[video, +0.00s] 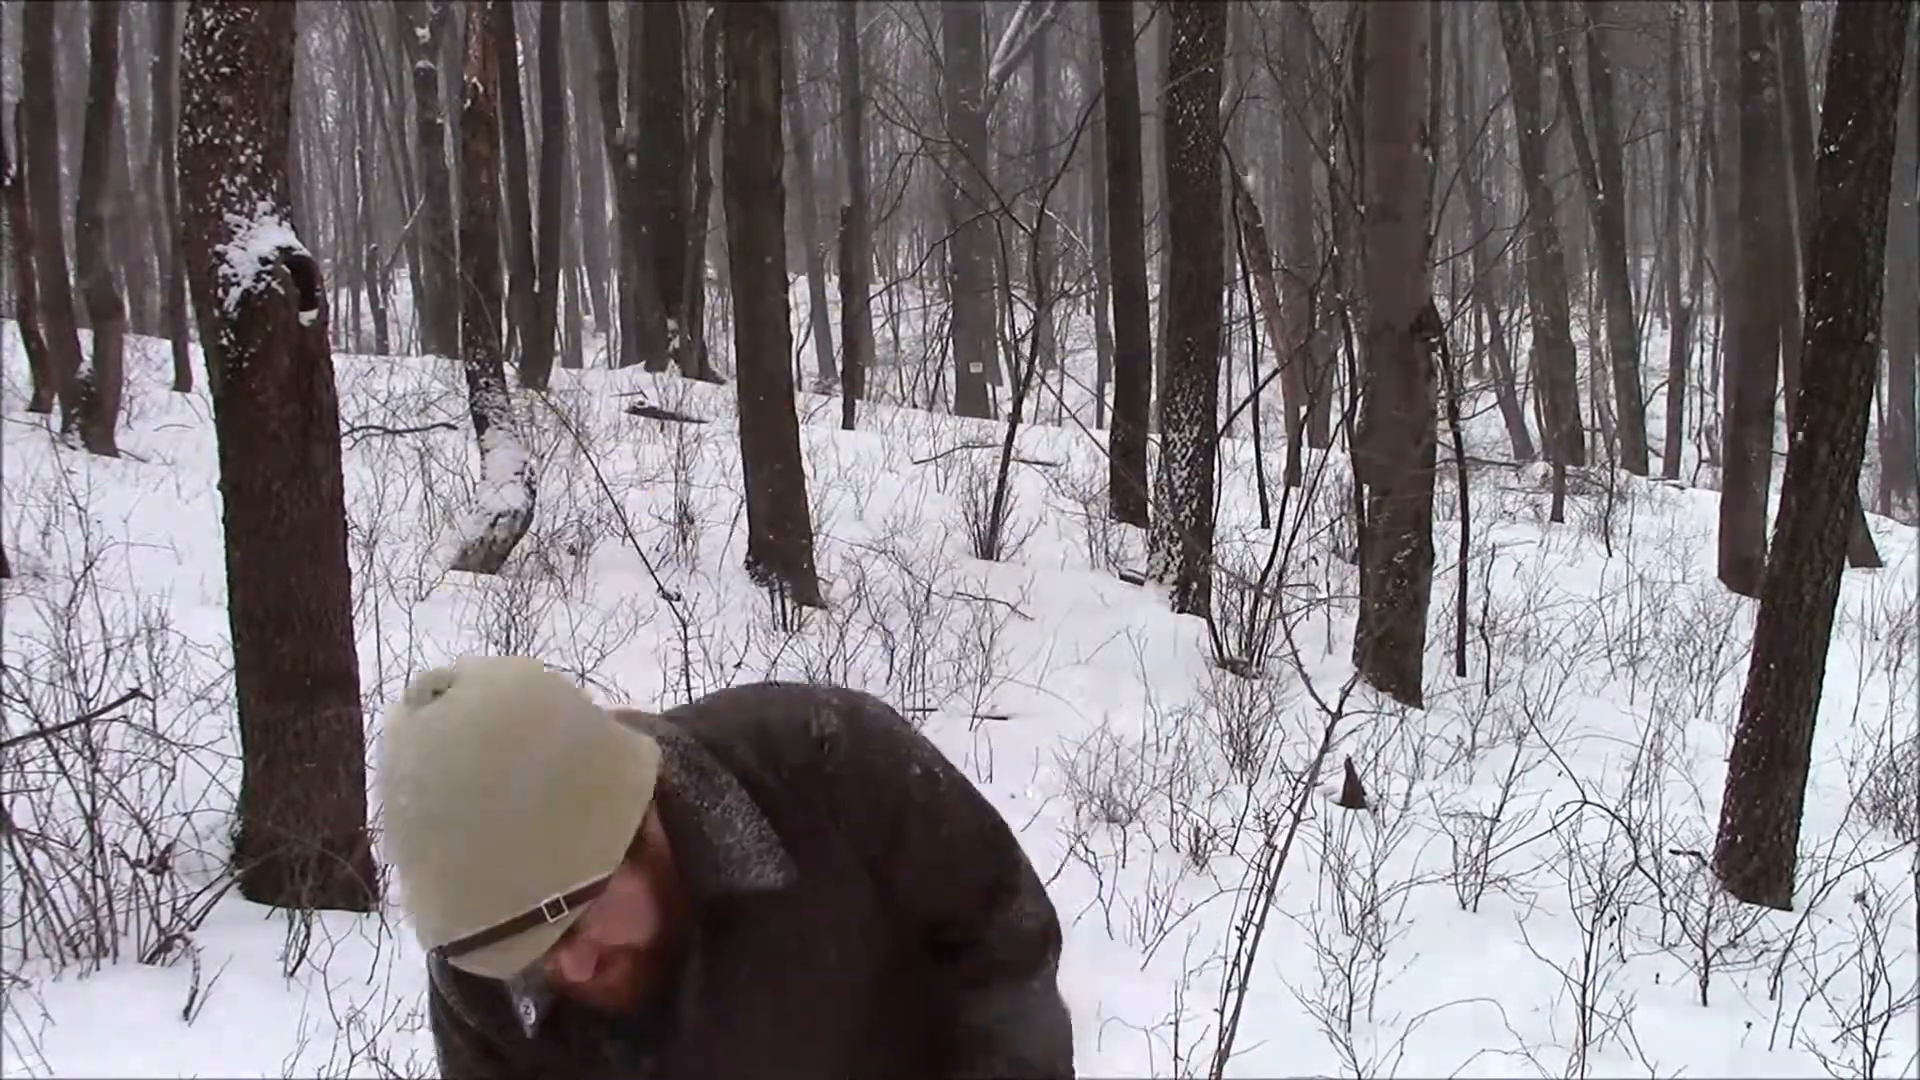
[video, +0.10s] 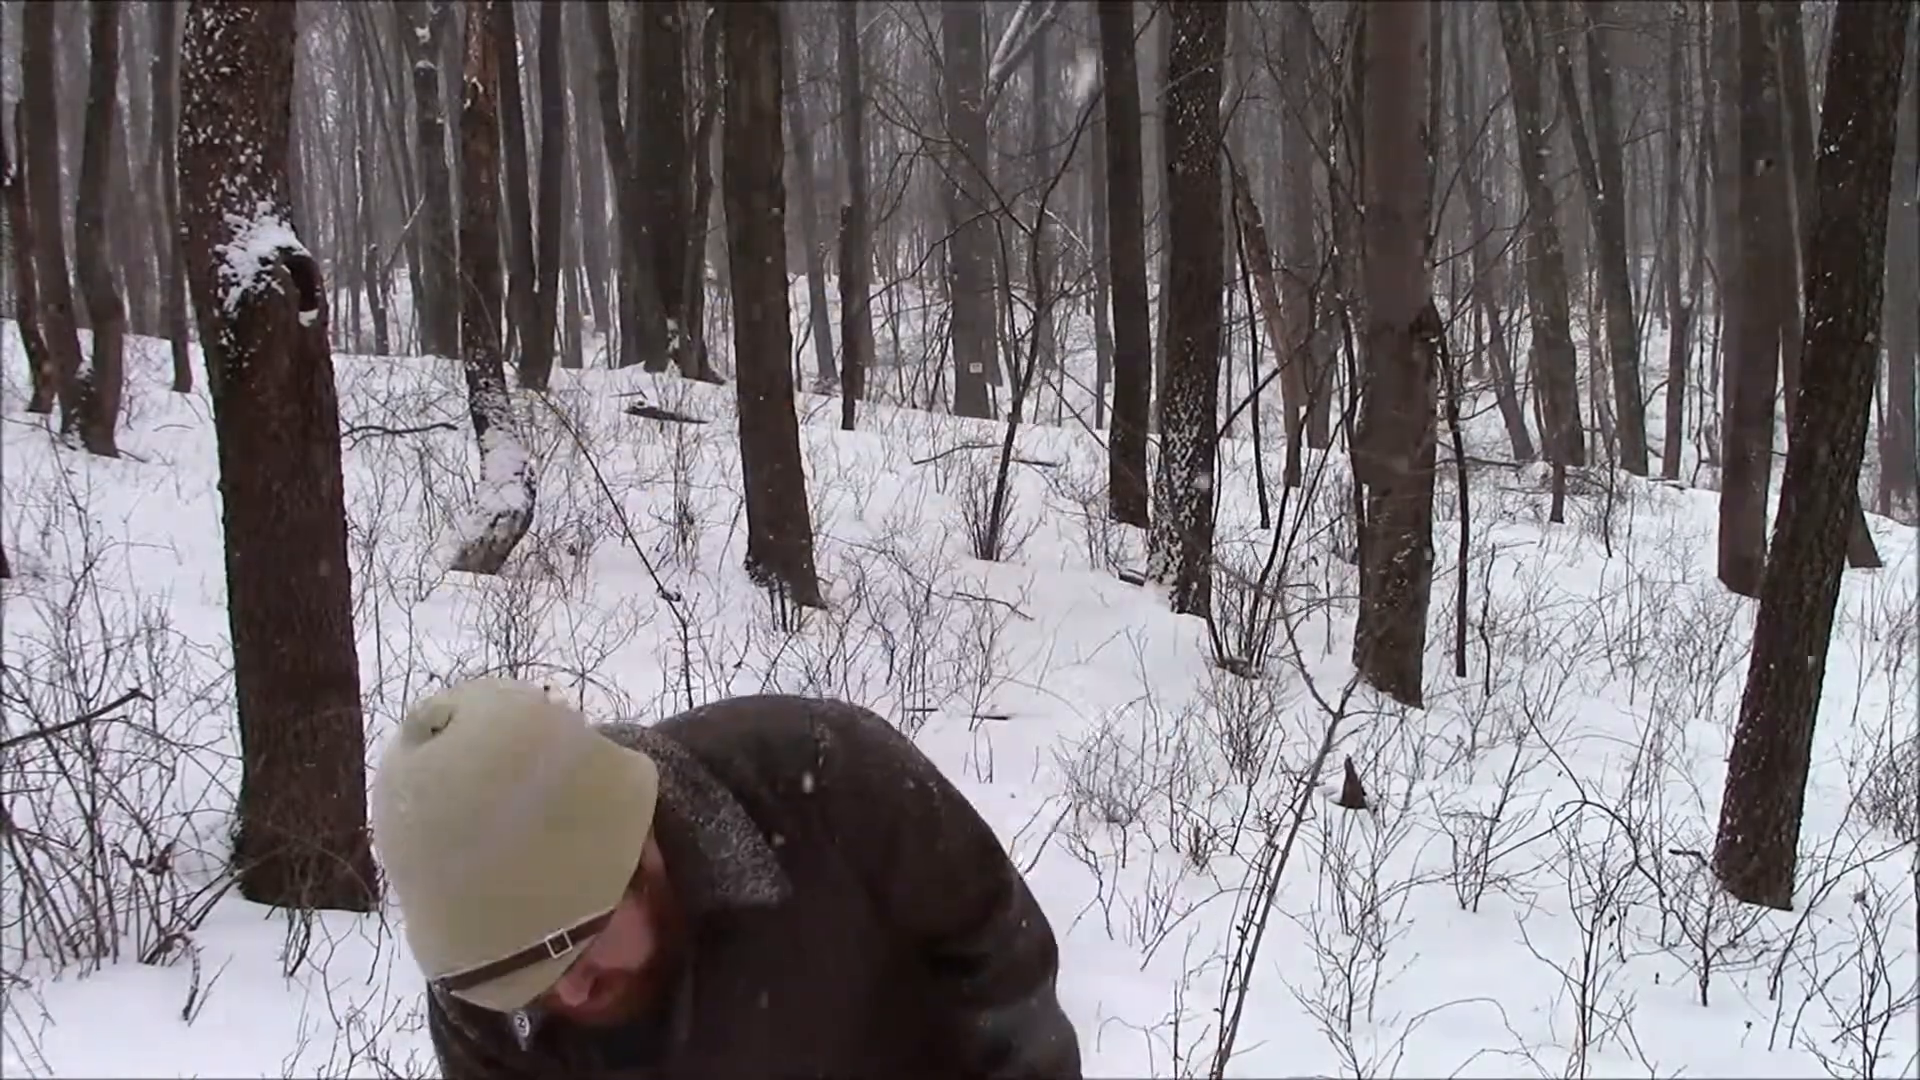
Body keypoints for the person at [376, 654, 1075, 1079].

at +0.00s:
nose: (574, 973)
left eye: (579, 922)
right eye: (523, 958)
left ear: (639, 818)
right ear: (463, 938)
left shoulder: (836, 763)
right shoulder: (479, 976)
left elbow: (1005, 935)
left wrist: (1006, 1061)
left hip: (907, 1046)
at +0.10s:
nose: (571, 999)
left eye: (581, 944)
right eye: (520, 983)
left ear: (631, 837)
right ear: (462, 959)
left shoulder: (829, 774)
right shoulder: (478, 1005)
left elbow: (1001, 952)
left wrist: (1022, 1068)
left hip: (921, 1049)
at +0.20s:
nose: (577, 964)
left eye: (589, 911)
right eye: (522, 948)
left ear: (645, 812)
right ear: (461, 928)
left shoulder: (838, 766)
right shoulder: (478, 972)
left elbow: (1001, 955)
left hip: (908, 1046)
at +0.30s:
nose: (586, 907)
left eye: (603, 854)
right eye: (535, 891)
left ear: (664, 767)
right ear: (472, 863)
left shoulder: (849, 744)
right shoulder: (476, 920)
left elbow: (1004, 963)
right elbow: (497, 1068)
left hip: (906, 1055)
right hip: (725, 1060)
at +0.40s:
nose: (596, 820)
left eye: (613, 769)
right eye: (548, 797)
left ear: (681, 696)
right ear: (495, 769)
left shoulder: (865, 706)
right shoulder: (489, 832)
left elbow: (995, 946)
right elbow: (490, 1061)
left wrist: (980, 1067)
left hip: (883, 1055)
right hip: (672, 1057)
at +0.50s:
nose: (602, 707)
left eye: (627, 654)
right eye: (560, 668)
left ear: (708, 603)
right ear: (521, 647)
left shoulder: (891, 678)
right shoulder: (509, 732)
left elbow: (966, 950)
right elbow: (451, 1001)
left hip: (868, 1045)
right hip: (639, 1051)